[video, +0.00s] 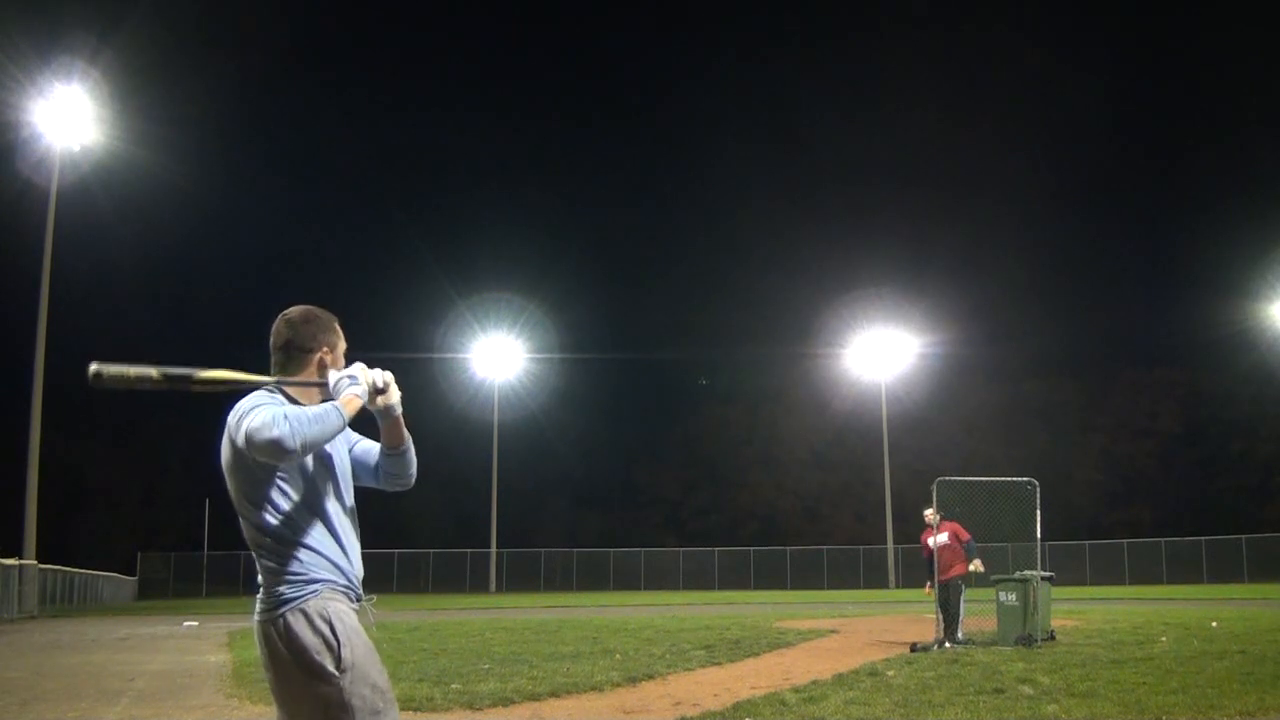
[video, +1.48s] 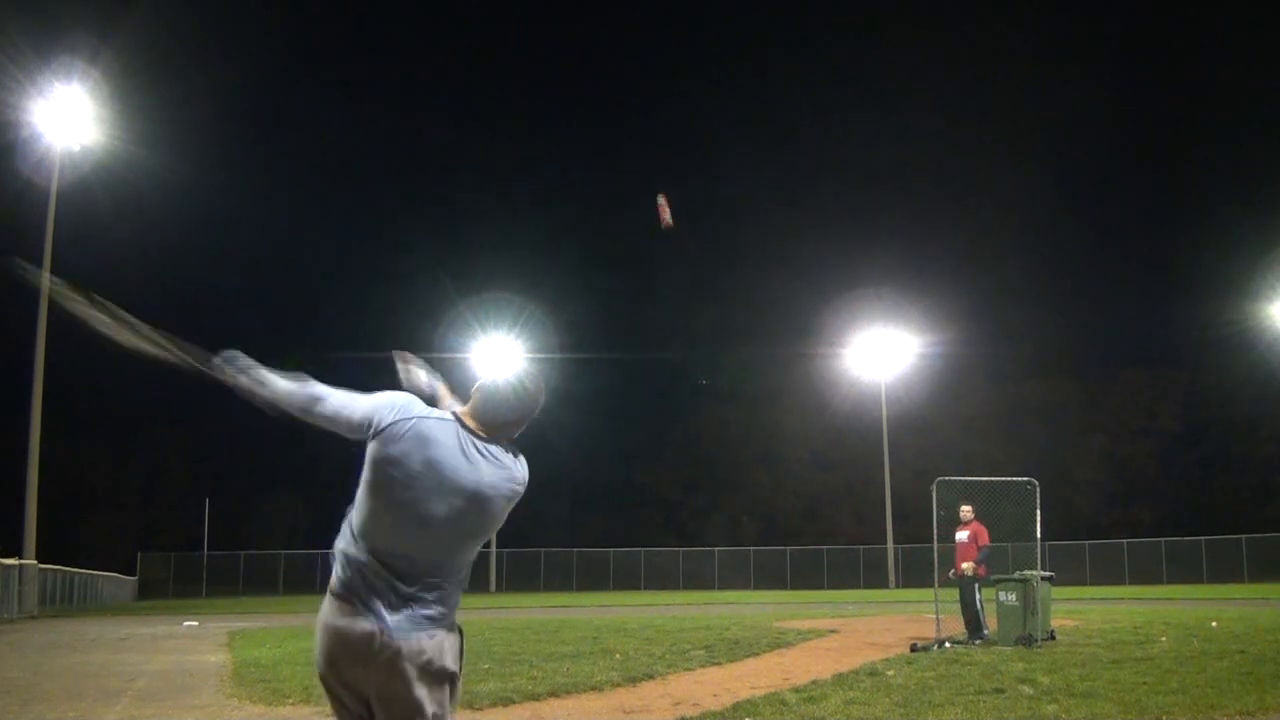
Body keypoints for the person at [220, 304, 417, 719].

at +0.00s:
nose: (345, 366)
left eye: (344, 356)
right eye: (343, 355)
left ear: (279, 353)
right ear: (325, 357)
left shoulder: (332, 432)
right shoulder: (257, 408)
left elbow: (399, 476)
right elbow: (279, 440)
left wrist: (391, 415)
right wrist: (352, 400)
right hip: (307, 611)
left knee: (316, 713)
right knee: (373, 711)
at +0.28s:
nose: (370, 360)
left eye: (370, 351)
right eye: (368, 350)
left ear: (309, 347)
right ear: (349, 357)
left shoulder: (352, 430)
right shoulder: (275, 400)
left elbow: (414, 482)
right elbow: (293, 429)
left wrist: (419, 422)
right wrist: (383, 397)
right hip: (303, 618)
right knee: (373, 711)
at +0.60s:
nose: (421, 351)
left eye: (421, 340)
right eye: (421, 340)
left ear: (356, 334)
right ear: (403, 346)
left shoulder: (387, 415)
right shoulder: (320, 383)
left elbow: (421, 503)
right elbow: (325, 433)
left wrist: (446, 464)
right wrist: (429, 423)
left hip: (346, 586)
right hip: (286, 590)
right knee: (343, 708)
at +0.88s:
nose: (459, 373)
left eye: (459, 362)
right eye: (456, 363)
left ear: (397, 358)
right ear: (437, 369)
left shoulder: (426, 425)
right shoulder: (345, 408)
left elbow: (454, 520)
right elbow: (325, 471)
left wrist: (463, 490)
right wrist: (428, 458)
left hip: (375, 577)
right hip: (303, 600)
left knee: (480, 569)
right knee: (347, 708)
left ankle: (466, 709)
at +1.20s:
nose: (505, 420)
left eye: (502, 411)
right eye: (498, 413)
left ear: (468, 427)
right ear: (469, 428)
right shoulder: (413, 484)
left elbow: (510, 492)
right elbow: (415, 583)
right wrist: (463, 506)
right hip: (360, 638)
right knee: (434, 710)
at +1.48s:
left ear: (472, 393)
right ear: (517, 426)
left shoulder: (397, 415)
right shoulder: (509, 479)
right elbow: (478, 427)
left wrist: (245, 371)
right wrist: (437, 391)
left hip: (342, 628)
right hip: (423, 646)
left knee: (353, 711)